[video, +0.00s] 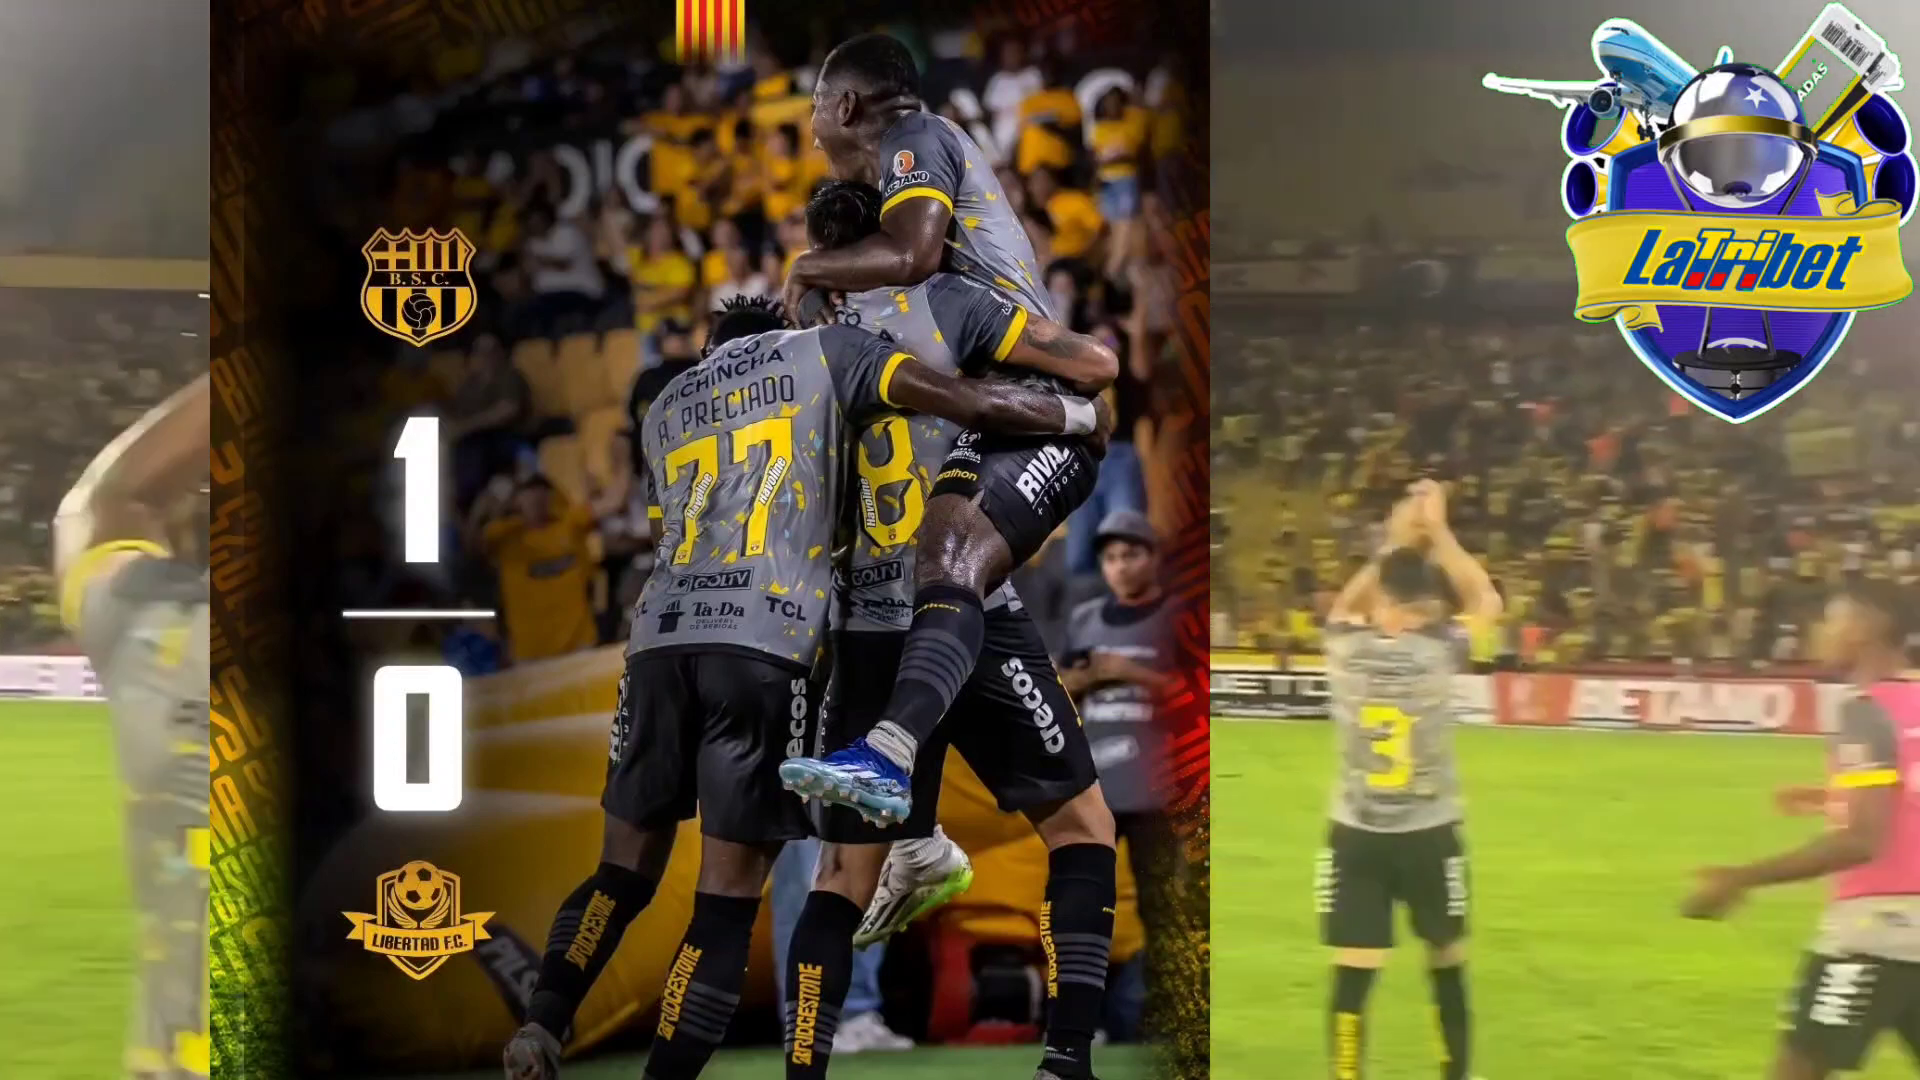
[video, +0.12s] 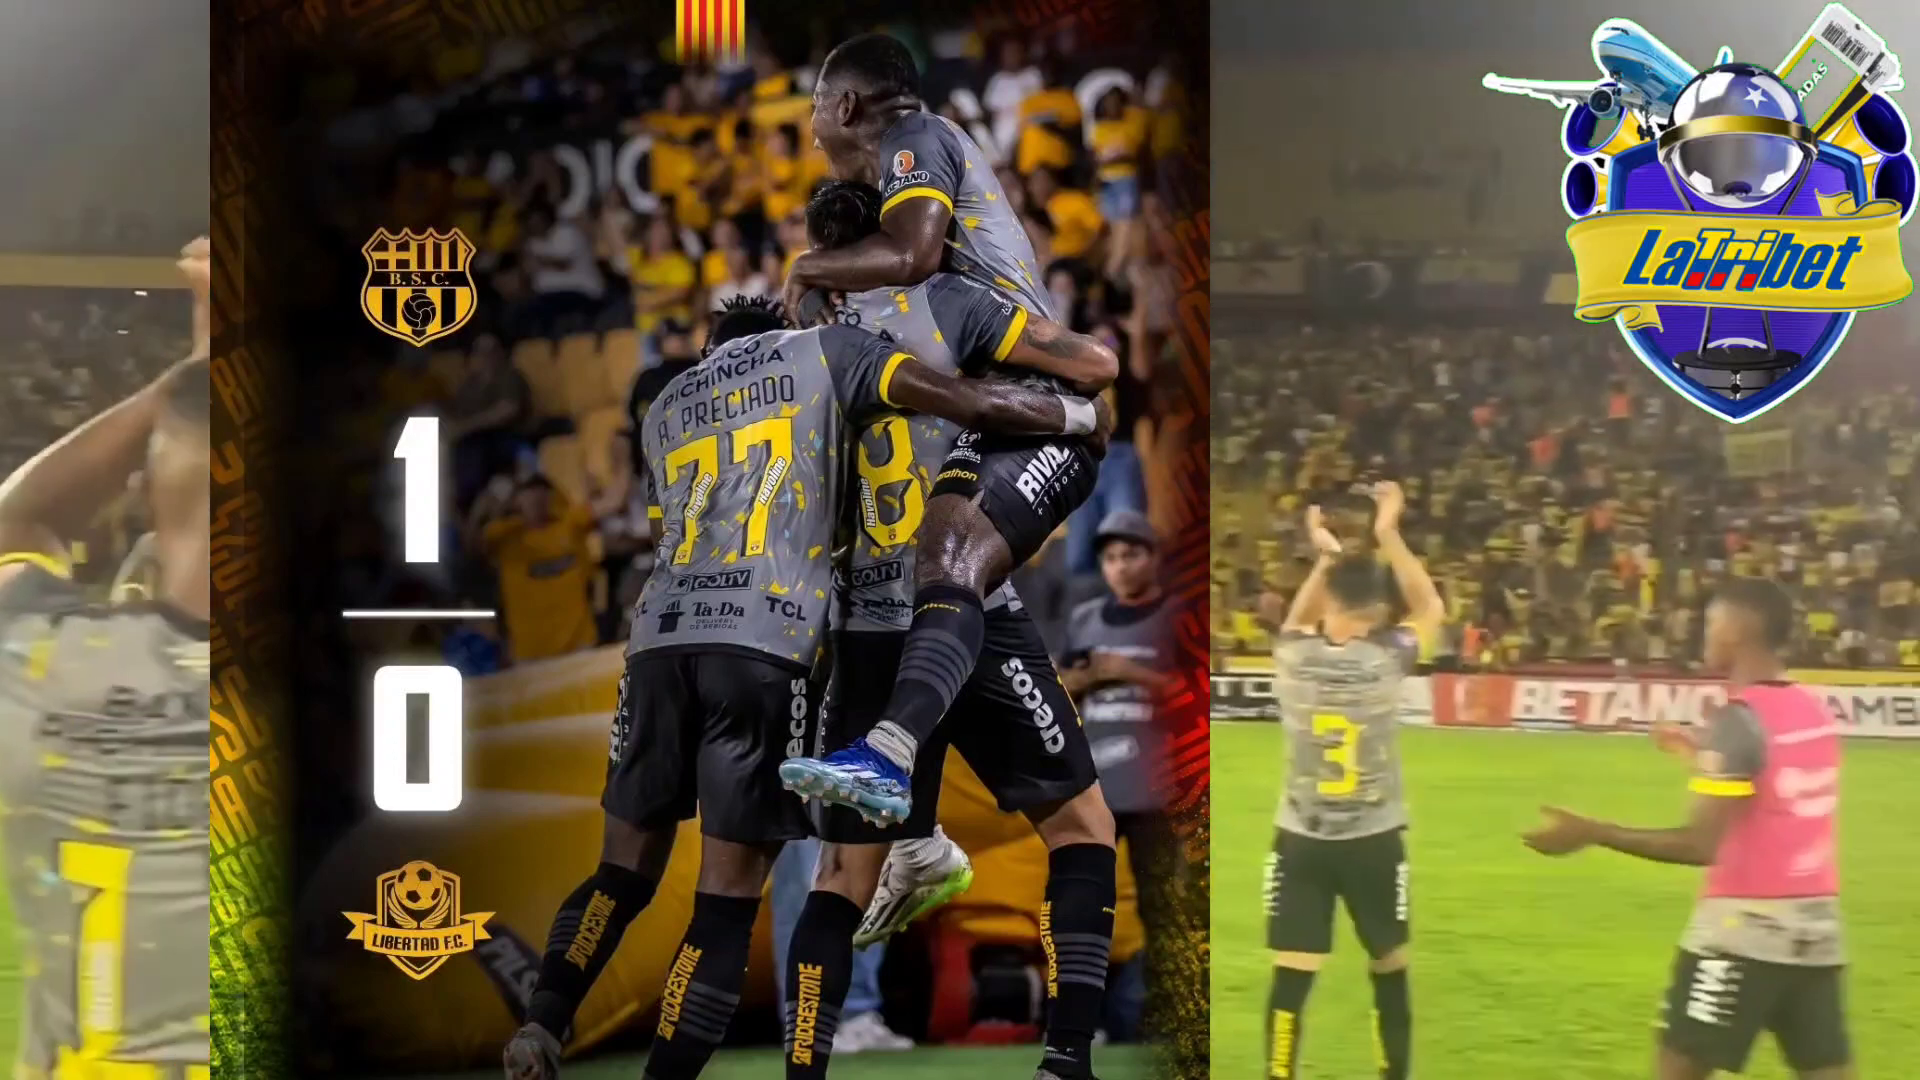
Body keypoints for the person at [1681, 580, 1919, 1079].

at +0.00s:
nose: (1823, 631)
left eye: (1835, 619)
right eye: (1828, 618)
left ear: (1870, 628)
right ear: (1885, 631)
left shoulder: (1865, 709)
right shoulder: (1908, 699)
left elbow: (1861, 838)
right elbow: (1901, 794)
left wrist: (1740, 878)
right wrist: (1827, 798)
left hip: (1874, 933)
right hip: (1906, 930)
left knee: (1798, 1066)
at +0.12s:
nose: (1704, 636)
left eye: (1712, 622)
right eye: (1707, 623)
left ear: (1740, 630)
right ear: (1768, 633)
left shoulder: (1740, 721)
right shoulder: (1814, 711)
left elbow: (1699, 844)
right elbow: (1780, 789)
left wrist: (1591, 831)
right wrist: (1707, 750)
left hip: (1740, 938)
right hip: (1815, 938)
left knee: (1679, 1068)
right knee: (1830, 1070)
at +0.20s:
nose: (1611, 628)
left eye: (1618, 616)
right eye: (1615, 615)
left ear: (1643, 624)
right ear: (1684, 626)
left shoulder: (1636, 710)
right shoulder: (1719, 697)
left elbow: (1575, 824)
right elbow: (1657, 796)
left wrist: (1509, 772)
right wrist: (1598, 726)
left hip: (1641, 926)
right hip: (1712, 923)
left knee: (1596, 1068)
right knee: (1701, 1071)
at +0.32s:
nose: (1538, 617)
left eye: (1543, 603)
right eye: (1540, 603)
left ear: (1564, 610)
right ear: (1610, 616)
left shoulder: (1550, 696)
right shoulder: (1645, 686)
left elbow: (1489, 794)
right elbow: (1590, 765)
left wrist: (1486, 728)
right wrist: (1523, 718)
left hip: (1572, 913)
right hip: (1636, 909)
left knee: (1549, 1069)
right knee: (1592, 1064)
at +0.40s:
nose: (1485, 621)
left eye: (1489, 608)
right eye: (1489, 608)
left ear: (1505, 614)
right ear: (1557, 619)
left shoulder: (1489, 701)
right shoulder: (1593, 695)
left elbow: (1426, 799)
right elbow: (1535, 761)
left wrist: (1429, 727)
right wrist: (1473, 707)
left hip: (1516, 915)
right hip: (1577, 914)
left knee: (1510, 1068)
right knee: (1528, 1063)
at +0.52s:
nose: (1456, 633)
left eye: (1459, 622)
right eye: (1458, 622)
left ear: (1471, 630)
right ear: (1530, 636)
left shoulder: (1453, 714)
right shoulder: (1563, 713)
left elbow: (1390, 812)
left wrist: (1385, 739)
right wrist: (1465, 699)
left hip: (1482, 928)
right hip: (1545, 927)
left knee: (1499, 1071)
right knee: (1471, 1066)